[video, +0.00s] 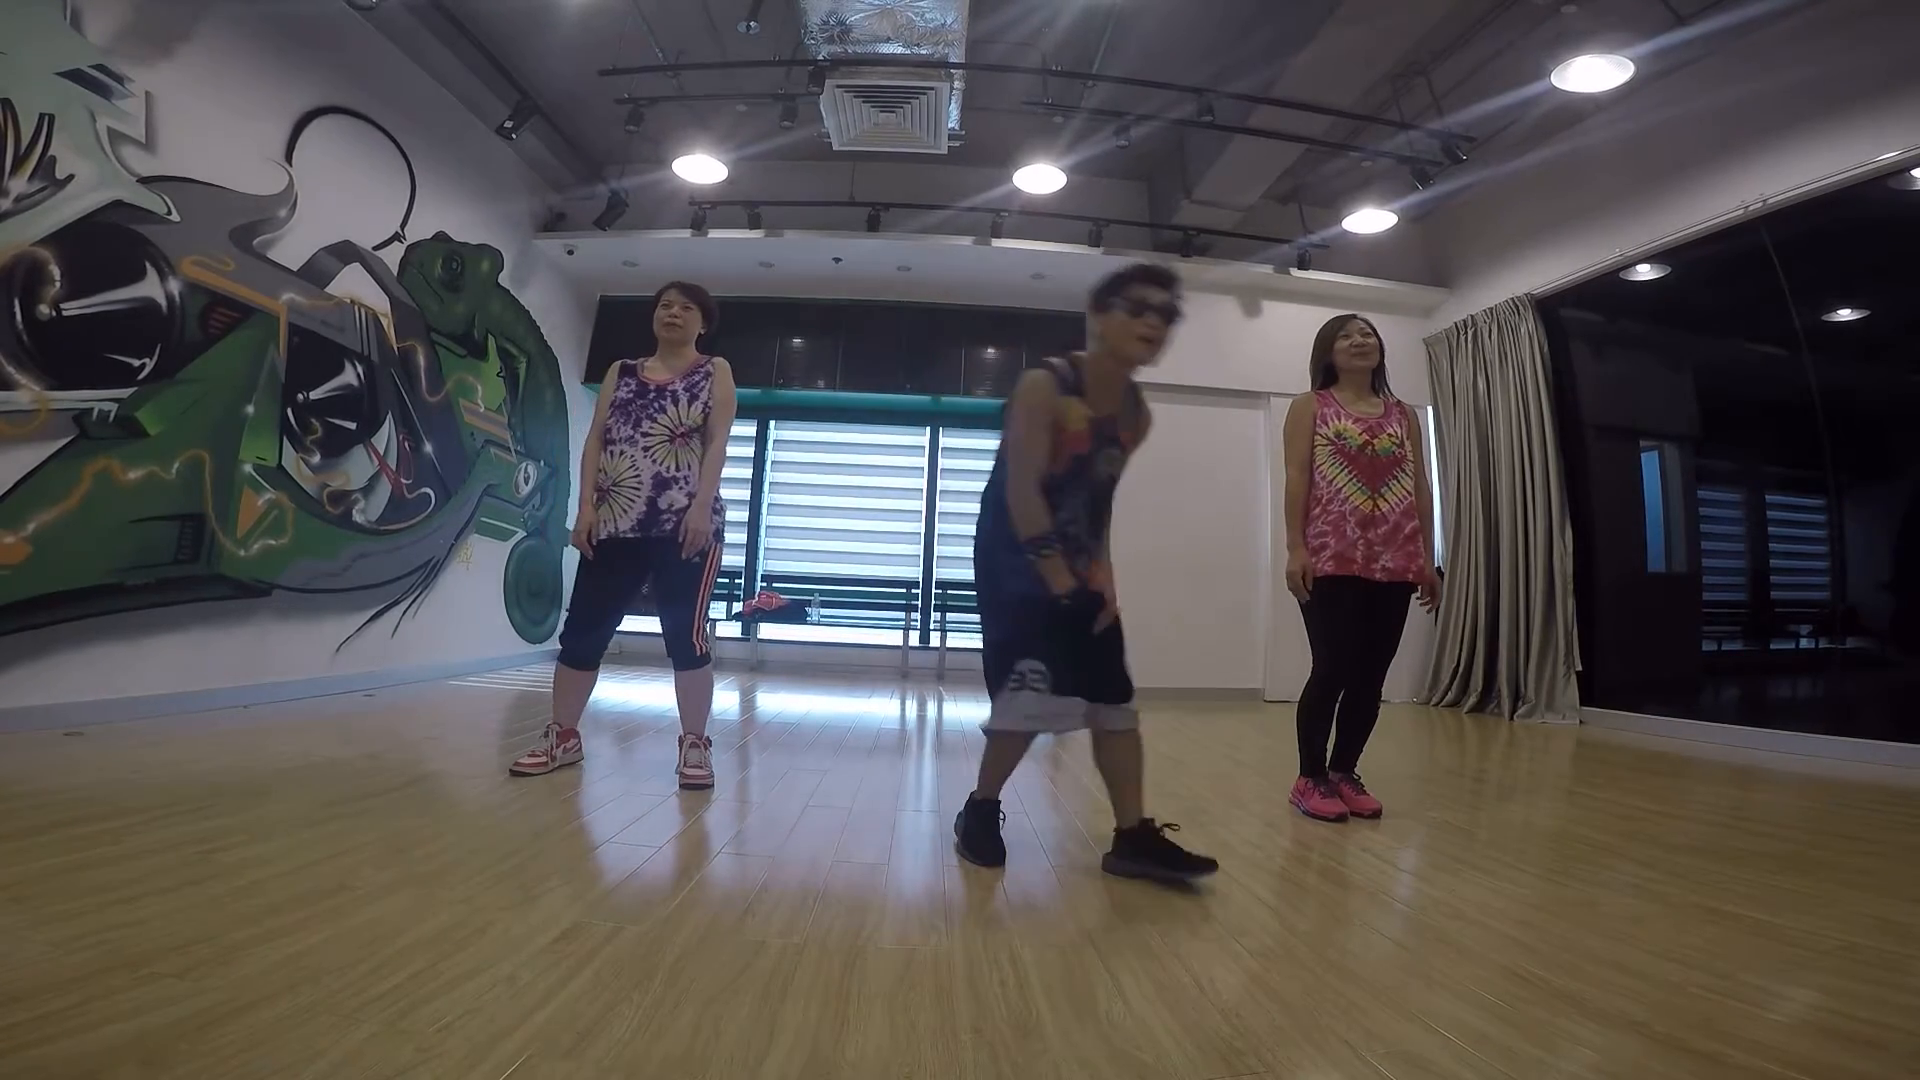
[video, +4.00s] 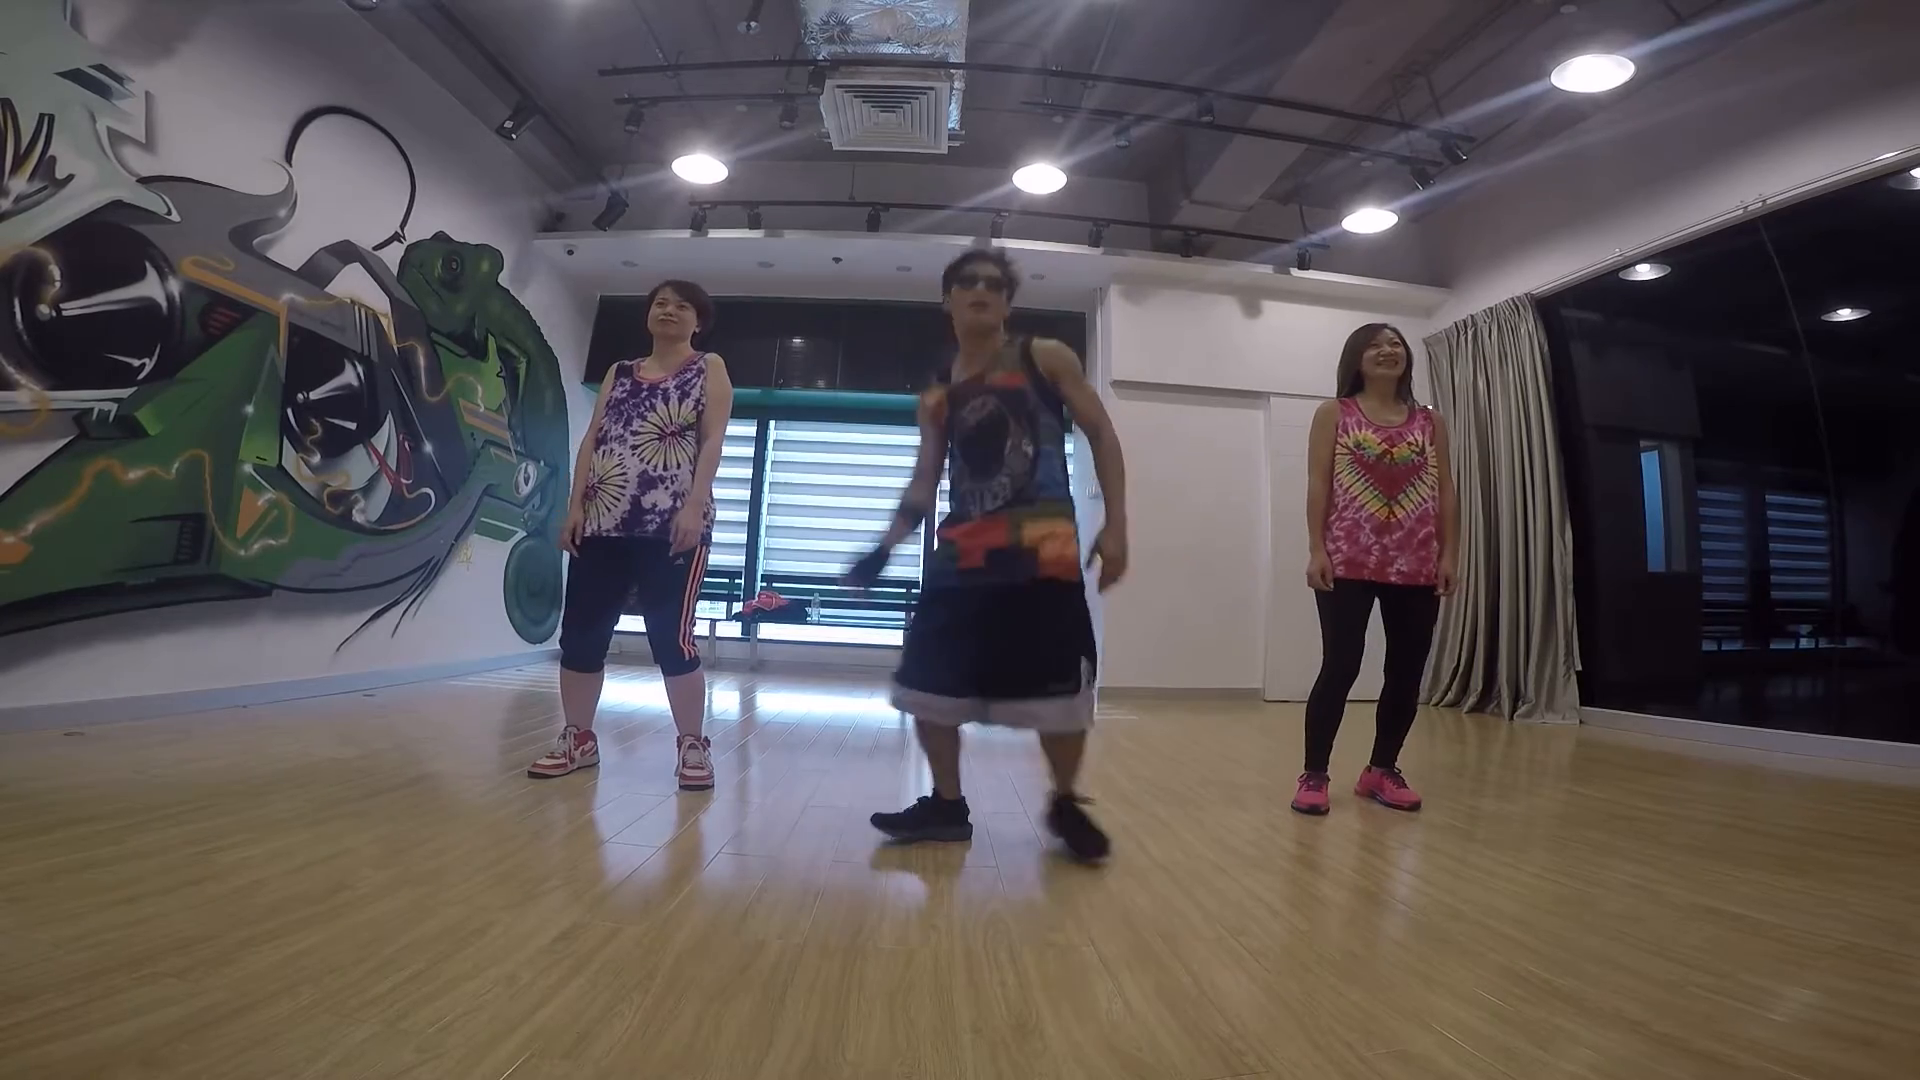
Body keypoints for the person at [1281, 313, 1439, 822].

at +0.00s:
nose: (1358, 340)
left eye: (1367, 334)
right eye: (1345, 336)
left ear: (1381, 351)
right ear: (1327, 354)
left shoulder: (1402, 414)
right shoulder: (1310, 407)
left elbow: (1419, 491)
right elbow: (1297, 479)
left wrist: (1427, 560)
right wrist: (1296, 548)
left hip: (1394, 565)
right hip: (1330, 563)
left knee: (1369, 680)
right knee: (1330, 672)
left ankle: (1344, 774)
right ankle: (1311, 779)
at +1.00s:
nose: (1359, 341)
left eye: (1368, 335)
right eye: (1345, 337)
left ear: (1381, 350)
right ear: (1328, 355)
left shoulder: (1402, 414)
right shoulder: (1310, 407)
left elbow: (1420, 491)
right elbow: (1296, 479)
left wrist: (1425, 560)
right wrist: (1297, 547)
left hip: (1393, 567)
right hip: (1330, 564)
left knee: (1368, 681)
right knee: (1329, 673)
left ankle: (1344, 774)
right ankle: (1310, 779)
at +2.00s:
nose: (1348, 340)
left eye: (1357, 334)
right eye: (1334, 337)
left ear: (1372, 351)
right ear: (1318, 357)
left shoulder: (1397, 414)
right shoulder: (1302, 409)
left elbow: (1415, 488)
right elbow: (1288, 482)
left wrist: (1421, 557)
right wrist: (1287, 549)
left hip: (1386, 566)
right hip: (1320, 564)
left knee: (1380, 677)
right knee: (1328, 671)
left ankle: (1345, 770)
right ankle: (1309, 780)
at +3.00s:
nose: (1384, 354)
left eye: (1392, 346)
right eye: (1370, 350)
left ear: (1408, 360)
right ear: (1356, 368)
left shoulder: (1435, 424)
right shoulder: (1341, 417)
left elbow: (1452, 495)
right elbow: (1328, 486)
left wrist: (1458, 561)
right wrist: (1330, 554)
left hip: (1425, 570)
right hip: (1362, 568)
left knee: (1406, 679)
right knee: (1360, 672)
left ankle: (1381, 772)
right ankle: (1313, 780)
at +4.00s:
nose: (1387, 350)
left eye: (1395, 343)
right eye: (1375, 345)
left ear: (1407, 359)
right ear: (1356, 361)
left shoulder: (1430, 421)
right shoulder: (1334, 413)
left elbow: (1445, 488)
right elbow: (1319, 483)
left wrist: (1448, 553)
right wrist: (1317, 549)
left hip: (1415, 565)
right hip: (1348, 562)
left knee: (1405, 674)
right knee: (1340, 669)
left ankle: (1381, 771)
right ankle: (1315, 775)